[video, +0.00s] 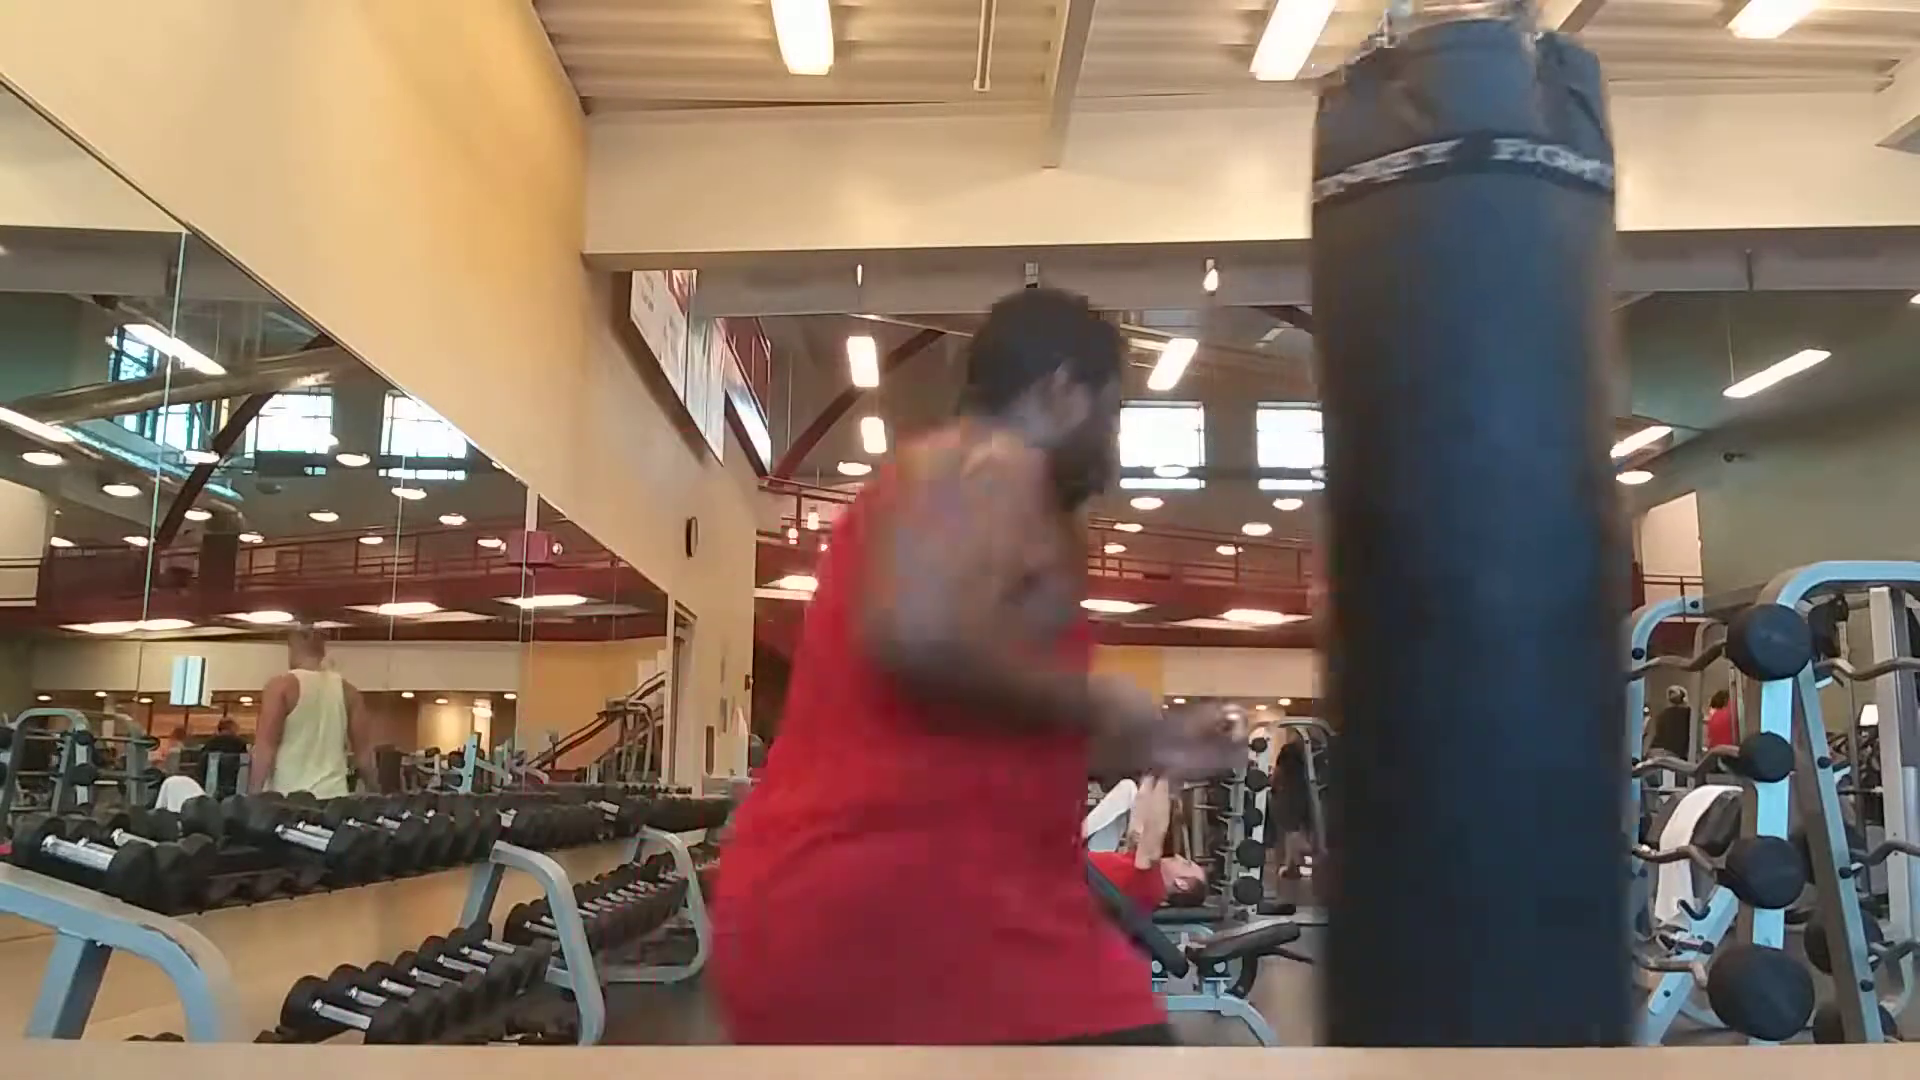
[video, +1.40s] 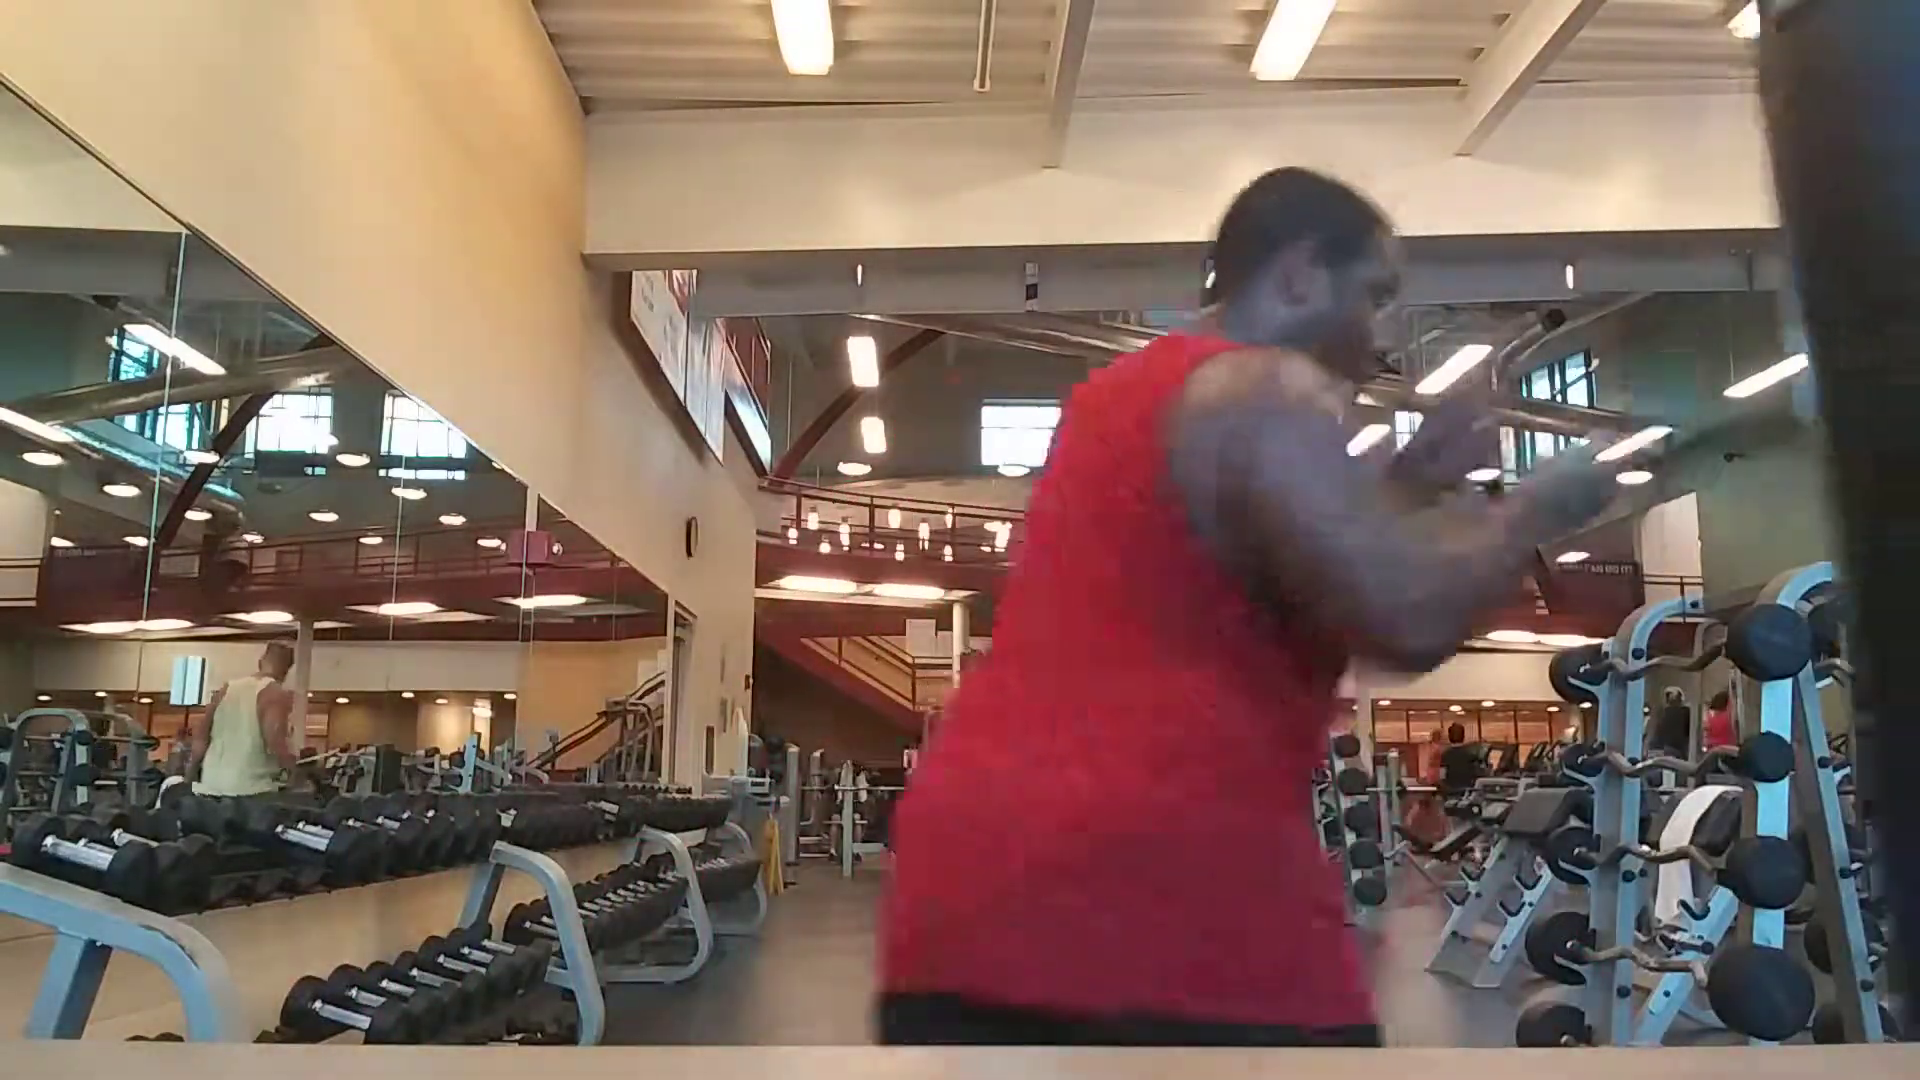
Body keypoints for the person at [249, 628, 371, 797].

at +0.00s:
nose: (289, 655)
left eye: (290, 648)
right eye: (290, 648)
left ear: (294, 649)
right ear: (322, 652)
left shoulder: (282, 685)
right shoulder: (347, 691)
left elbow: (266, 746)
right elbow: (363, 756)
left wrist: (252, 797)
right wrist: (374, 791)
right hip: (335, 799)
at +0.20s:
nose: (266, 656)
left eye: (266, 651)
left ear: (269, 652)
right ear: (298, 651)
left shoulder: (263, 686)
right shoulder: (326, 688)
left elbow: (250, 744)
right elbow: (340, 744)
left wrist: (236, 793)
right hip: (313, 796)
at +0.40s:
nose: (257, 656)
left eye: (257, 652)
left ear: (259, 651)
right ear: (289, 653)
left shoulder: (253, 686)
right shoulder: (314, 687)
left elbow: (236, 741)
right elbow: (326, 743)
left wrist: (221, 790)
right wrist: (325, 788)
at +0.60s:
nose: (260, 659)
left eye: (260, 655)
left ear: (262, 657)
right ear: (290, 661)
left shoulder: (247, 690)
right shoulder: (314, 696)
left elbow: (225, 747)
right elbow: (320, 754)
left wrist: (208, 798)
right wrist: (322, 801)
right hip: (295, 799)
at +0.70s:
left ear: (265, 659)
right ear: (294, 663)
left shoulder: (247, 690)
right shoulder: (313, 698)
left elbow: (222, 746)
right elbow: (319, 756)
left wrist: (204, 795)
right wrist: (323, 806)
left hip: (243, 796)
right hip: (291, 799)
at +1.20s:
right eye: (296, 663)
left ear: (267, 660)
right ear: (295, 666)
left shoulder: (236, 685)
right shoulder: (295, 694)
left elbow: (210, 735)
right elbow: (305, 757)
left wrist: (195, 781)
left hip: (220, 788)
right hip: (266, 793)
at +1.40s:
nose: (285, 674)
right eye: (287, 670)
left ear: (260, 661)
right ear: (286, 671)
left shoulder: (227, 688)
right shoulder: (274, 693)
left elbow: (202, 736)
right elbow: (275, 743)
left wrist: (190, 772)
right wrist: (292, 767)